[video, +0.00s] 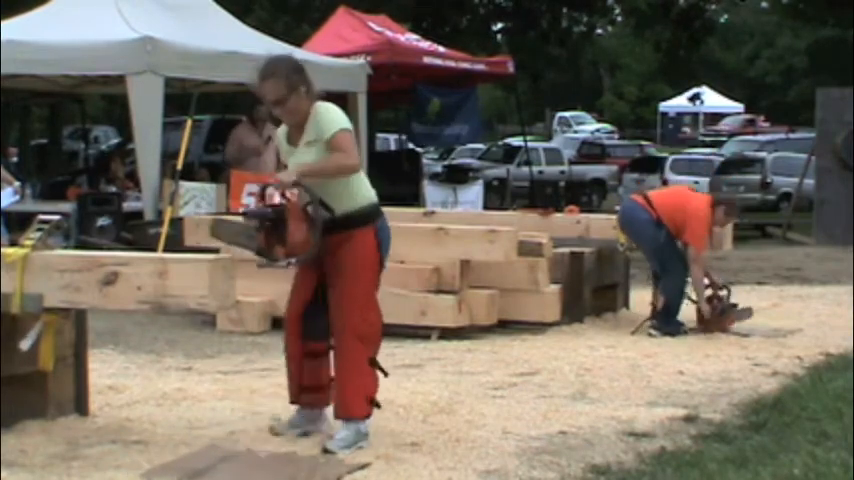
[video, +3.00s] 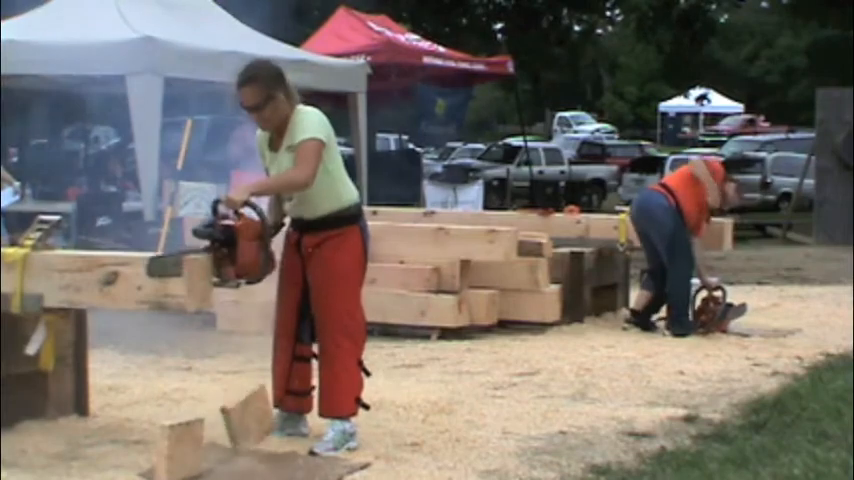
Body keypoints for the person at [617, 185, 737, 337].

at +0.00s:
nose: (724, 224)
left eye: (729, 221)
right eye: (726, 219)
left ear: (718, 208)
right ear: (720, 209)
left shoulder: (700, 203)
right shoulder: (700, 212)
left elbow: (693, 252)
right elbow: (695, 262)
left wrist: (709, 278)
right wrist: (701, 302)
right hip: (641, 215)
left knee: (669, 265)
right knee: (676, 267)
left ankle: (663, 317)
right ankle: (665, 321)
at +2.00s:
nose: (737, 228)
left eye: (741, 226)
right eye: (740, 224)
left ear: (736, 211)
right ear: (738, 213)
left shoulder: (714, 202)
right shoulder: (719, 209)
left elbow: (697, 248)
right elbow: (701, 256)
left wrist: (705, 280)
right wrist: (698, 302)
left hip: (644, 200)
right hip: (656, 207)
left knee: (658, 266)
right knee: (680, 268)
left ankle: (647, 313)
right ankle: (678, 321)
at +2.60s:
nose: (731, 212)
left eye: (733, 208)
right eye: (732, 207)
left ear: (717, 192)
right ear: (726, 199)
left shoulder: (700, 192)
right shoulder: (714, 209)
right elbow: (700, 248)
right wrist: (706, 280)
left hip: (637, 210)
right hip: (658, 219)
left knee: (658, 269)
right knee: (690, 269)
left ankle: (637, 313)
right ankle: (680, 321)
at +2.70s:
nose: (729, 191)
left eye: (731, 188)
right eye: (730, 186)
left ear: (716, 171)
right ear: (727, 178)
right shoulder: (716, 182)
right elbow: (708, 219)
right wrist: (708, 253)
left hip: (641, 210)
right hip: (660, 214)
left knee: (665, 271)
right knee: (693, 271)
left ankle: (639, 313)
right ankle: (683, 323)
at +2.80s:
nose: (730, 190)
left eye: (732, 186)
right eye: (731, 183)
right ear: (726, 171)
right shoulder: (714, 163)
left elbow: (699, 247)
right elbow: (702, 177)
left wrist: (711, 276)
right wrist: (706, 216)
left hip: (645, 200)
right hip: (664, 204)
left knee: (662, 265)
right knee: (683, 263)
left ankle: (640, 313)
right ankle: (684, 321)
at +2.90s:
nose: (732, 196)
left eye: (734, 196)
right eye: (733, 190)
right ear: (730, 178)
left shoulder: (705, 206)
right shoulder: (715, 166)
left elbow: (695, 243)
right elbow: (694, 152)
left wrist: (704, 279)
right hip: (662, 201)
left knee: (661, 264)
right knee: (682, 263)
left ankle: (641, 312)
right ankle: (681, 319)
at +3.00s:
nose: (731, 202)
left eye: (735, 202)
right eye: (734, 195)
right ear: (731, 183)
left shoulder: (702, 211)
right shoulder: (717, 171)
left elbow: (693, 243)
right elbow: (695, 162)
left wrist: (704, 279)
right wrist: (712, 188)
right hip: (659, 204)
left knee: (659, 268)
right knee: (681, 265)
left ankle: (639, 313)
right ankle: (679, 323)